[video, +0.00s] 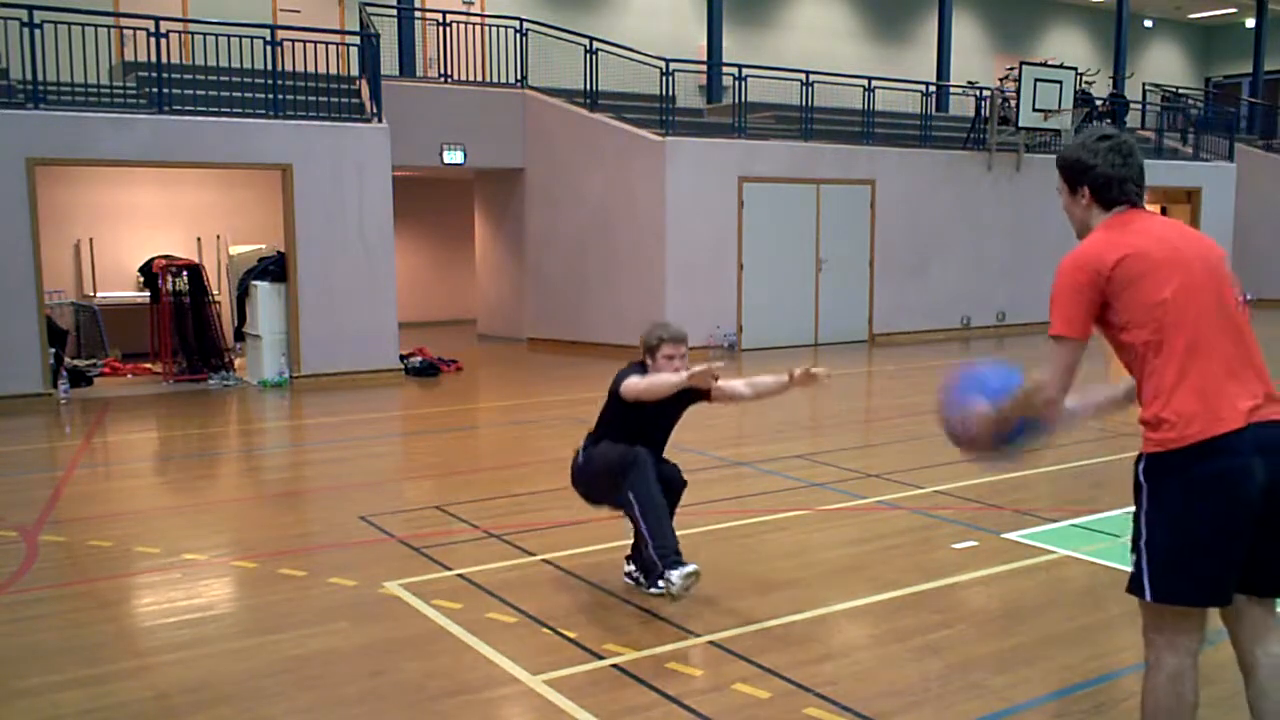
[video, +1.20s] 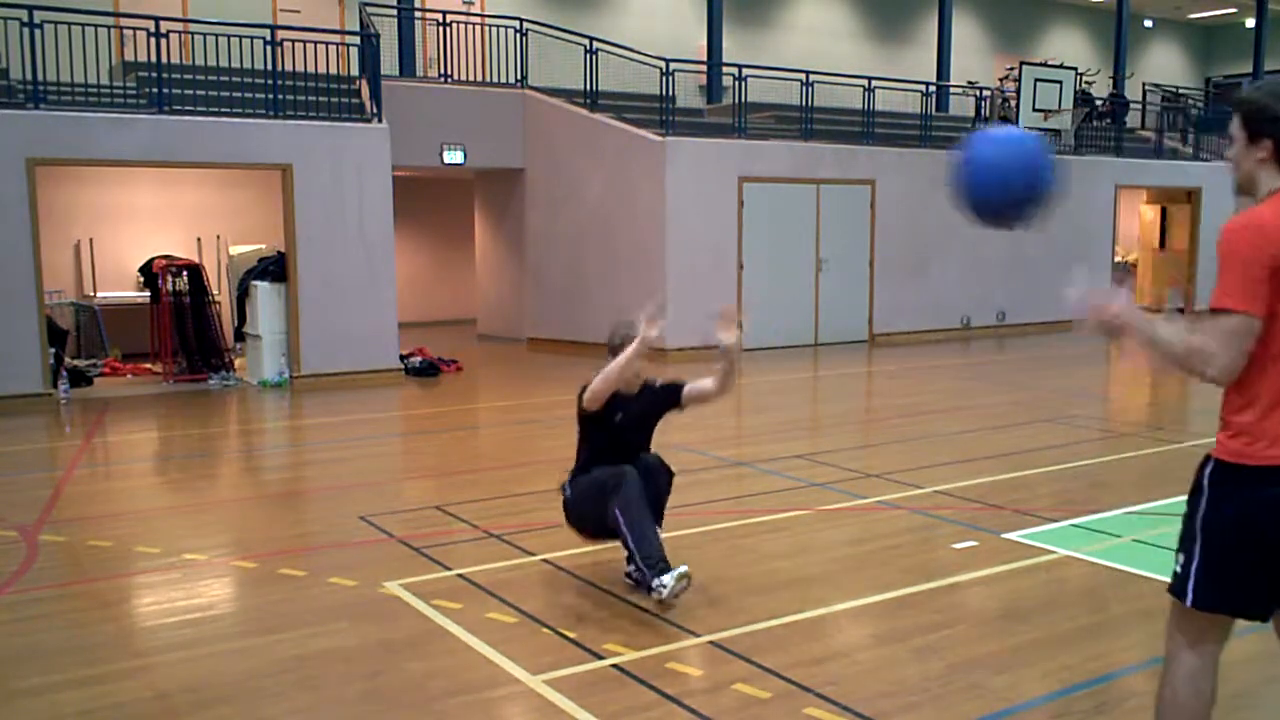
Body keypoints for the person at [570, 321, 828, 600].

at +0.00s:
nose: (679, 365)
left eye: (683, 357)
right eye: (670, 358)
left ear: (688, 357)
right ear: (649, 358)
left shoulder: (689, 386)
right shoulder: (631, 376)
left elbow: (742, 390)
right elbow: (635, 391)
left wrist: (789, 381)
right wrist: (686, 380)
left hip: (642, 471)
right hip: (594, 470)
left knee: (671, 479)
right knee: (638, 461)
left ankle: (642, 563)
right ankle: (667, 568)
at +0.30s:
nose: (681, 319)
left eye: (684, 311)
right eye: (671, 311)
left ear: (689, 312)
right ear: (650, 317)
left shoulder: (697, 346)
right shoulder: (632, 340)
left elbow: (751, 362)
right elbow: (642, 363)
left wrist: (778, 353)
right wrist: (690, 347)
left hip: (651, 433)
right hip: (604, 423)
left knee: (666, 482)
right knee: (629, 454)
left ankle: (645, 563)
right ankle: (635, 560)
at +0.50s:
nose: (676, 298)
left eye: (679, 290)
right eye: (666, 292)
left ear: (684, 293)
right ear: (646, 298)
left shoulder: (688, 331)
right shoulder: (625, 331)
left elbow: (751, 386)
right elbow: (622, 389)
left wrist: (739, 361)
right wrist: (679, 359)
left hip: (653, 420)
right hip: (607, 413)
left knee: (661, 483)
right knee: (627, 444)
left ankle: (645, 561)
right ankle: (634, 555)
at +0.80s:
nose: (668, 287)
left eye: (671, 280)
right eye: (658, 281)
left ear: (676, 283)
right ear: (638, 287)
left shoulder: (684, 321)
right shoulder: (620, 324)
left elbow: (736, 345)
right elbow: (610, 372)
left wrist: (743, 338)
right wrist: (668, 339)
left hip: (651, 420)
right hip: (604, 414)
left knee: (662, 482)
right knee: (633, 456)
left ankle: (642, 560)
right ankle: (640, 563)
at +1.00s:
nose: (661, 313)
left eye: (666, 306)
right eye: (651, 306)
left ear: (672, 310)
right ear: (631, 308)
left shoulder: (676, 343)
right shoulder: (615, 337)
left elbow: (739, 339)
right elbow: (605, 355)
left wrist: (755, 305)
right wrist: (666, 315)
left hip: (643, 440)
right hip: (594, 436)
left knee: (664, 480)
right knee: (634, 456)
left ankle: (640, 562)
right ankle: (645, 565)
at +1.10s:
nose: (650, 337)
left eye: (654, 330)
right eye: (642, 329)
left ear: (661, 335)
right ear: (624, 332)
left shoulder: (666, 367)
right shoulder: (605, 368)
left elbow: (728, 357)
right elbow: (602, 372)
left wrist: (747, 325)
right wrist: (655, 327)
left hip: (637, 464)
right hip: (588, 467)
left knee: (662, 473)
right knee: (631, 465)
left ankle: (640, 562)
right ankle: (648, 570)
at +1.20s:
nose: (639, 364)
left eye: (642, 357)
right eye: (634, 357)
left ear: (647, 360)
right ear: (615, 358)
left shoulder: (655, 395)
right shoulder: (593, 398)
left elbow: (716, 387)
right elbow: (595, 396)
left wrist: (729, 354)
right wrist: (639, 344)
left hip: (630, 502)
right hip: (586, 504)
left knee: (655, 467)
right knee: (624, 477)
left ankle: (639, 564)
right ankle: (658, 575)